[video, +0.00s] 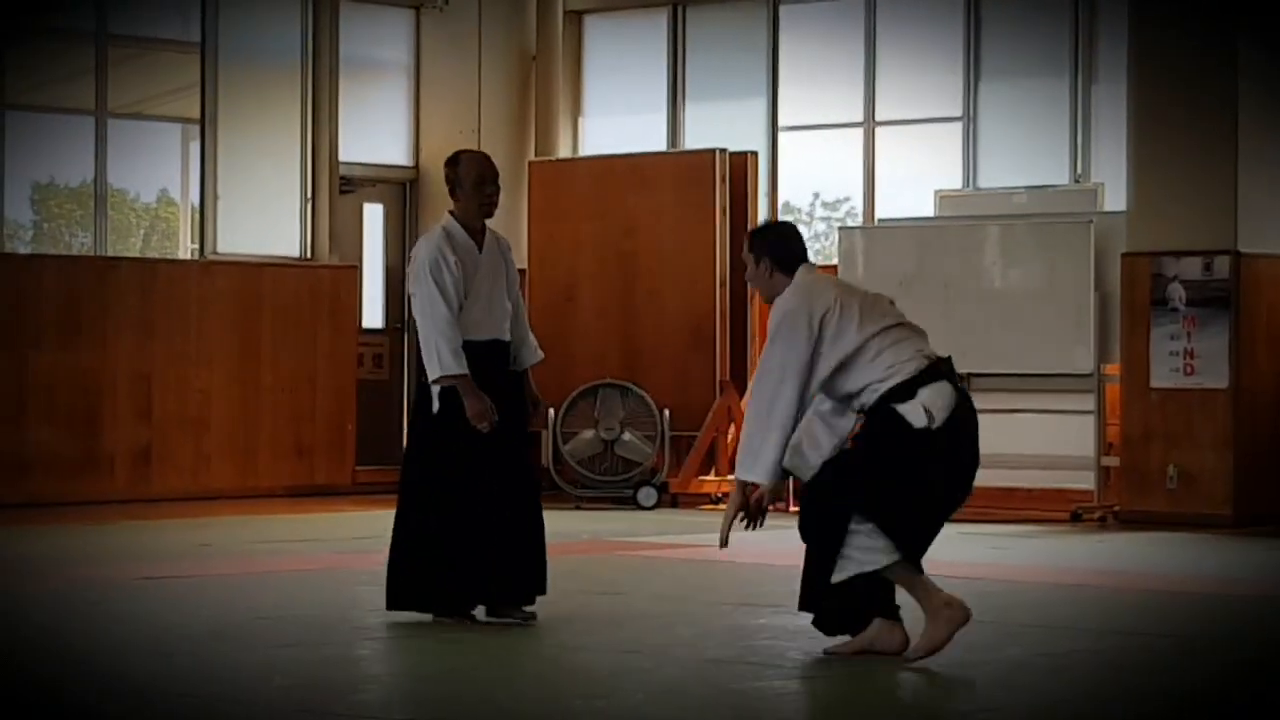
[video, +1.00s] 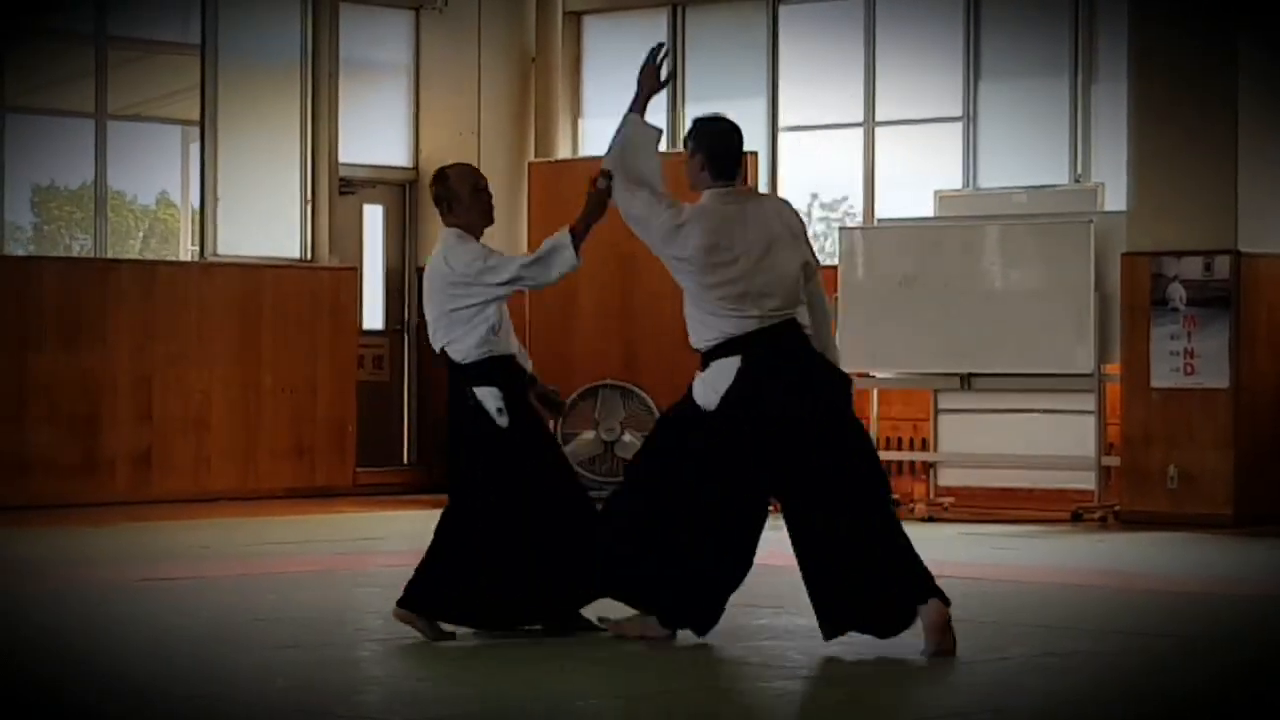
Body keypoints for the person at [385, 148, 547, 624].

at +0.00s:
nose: (494, 193)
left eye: (496, 184)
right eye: (483, 184)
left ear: (495, 189)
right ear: (454, 190)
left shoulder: (500, 247)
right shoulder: (434, 248)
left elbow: (516, 318)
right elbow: (436, 326)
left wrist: (528, 382)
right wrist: (467, 389)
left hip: (502, 373)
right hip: (452, 375)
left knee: (505, 483)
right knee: (452, 485)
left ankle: (502, 595)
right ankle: (448, 597)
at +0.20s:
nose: (505, 192)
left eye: (507, 183)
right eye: (494, 184)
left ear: (508, 189)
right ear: (465, 191)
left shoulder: (510, 251)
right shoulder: (446, 254)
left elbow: (526, 321)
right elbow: (451, 331)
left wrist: (533, 387)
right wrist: (479, 398)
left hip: (510, 377)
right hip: (467, 381)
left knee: (531, 481)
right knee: (464, 488)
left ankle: (551, 591)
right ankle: (455, 597)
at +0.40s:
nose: (515, 193)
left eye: (518, 185)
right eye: (504, 186)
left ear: (522, 191)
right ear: (476, 194)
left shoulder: (525, 253)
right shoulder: (460, 257)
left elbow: (542, 321)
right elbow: (460, 334)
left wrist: (546, 384)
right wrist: (484, 404)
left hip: (528, 378)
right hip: (486, 381)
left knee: (543, 489)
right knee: (484, 490)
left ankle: (554, 605)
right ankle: (471, 599)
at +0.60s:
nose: (529, 190)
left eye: (530, 183)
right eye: (517, 184)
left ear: (533, 191)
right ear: (489, 194)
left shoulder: (538, 254)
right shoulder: (477, 255)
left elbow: (559, 322)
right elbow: (476, 334)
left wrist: (573, 391)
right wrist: (491, 406)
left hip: (546, 381)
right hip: (501, 383)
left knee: (559, 491)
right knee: (487, 490)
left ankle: (558, 606)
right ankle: (458, 589)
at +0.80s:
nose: (531, 198)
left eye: (529, 189)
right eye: (519, 190)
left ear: (519, 198)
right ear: (489, 201)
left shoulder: (531, 263)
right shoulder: (479, 260)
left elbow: (556, 324)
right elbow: (491, 322)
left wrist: (578, 383)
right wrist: (543, 343)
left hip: (536, 382)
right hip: (503, 386)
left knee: (556, 489)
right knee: (505, 491)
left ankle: (557, 602)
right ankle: (449, 581)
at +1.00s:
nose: (491, 198)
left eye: (488, 190)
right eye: (479, 192)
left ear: (457, 207)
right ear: (452, 204)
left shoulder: (452, 256)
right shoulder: (463, 257)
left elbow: (488, 338)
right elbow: (532, 268)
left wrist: (531, 385)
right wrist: (589, 217)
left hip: (480, 387)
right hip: (486, 390)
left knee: (478, 498)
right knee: (555, 490)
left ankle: (423, 600)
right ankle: (556, 606)